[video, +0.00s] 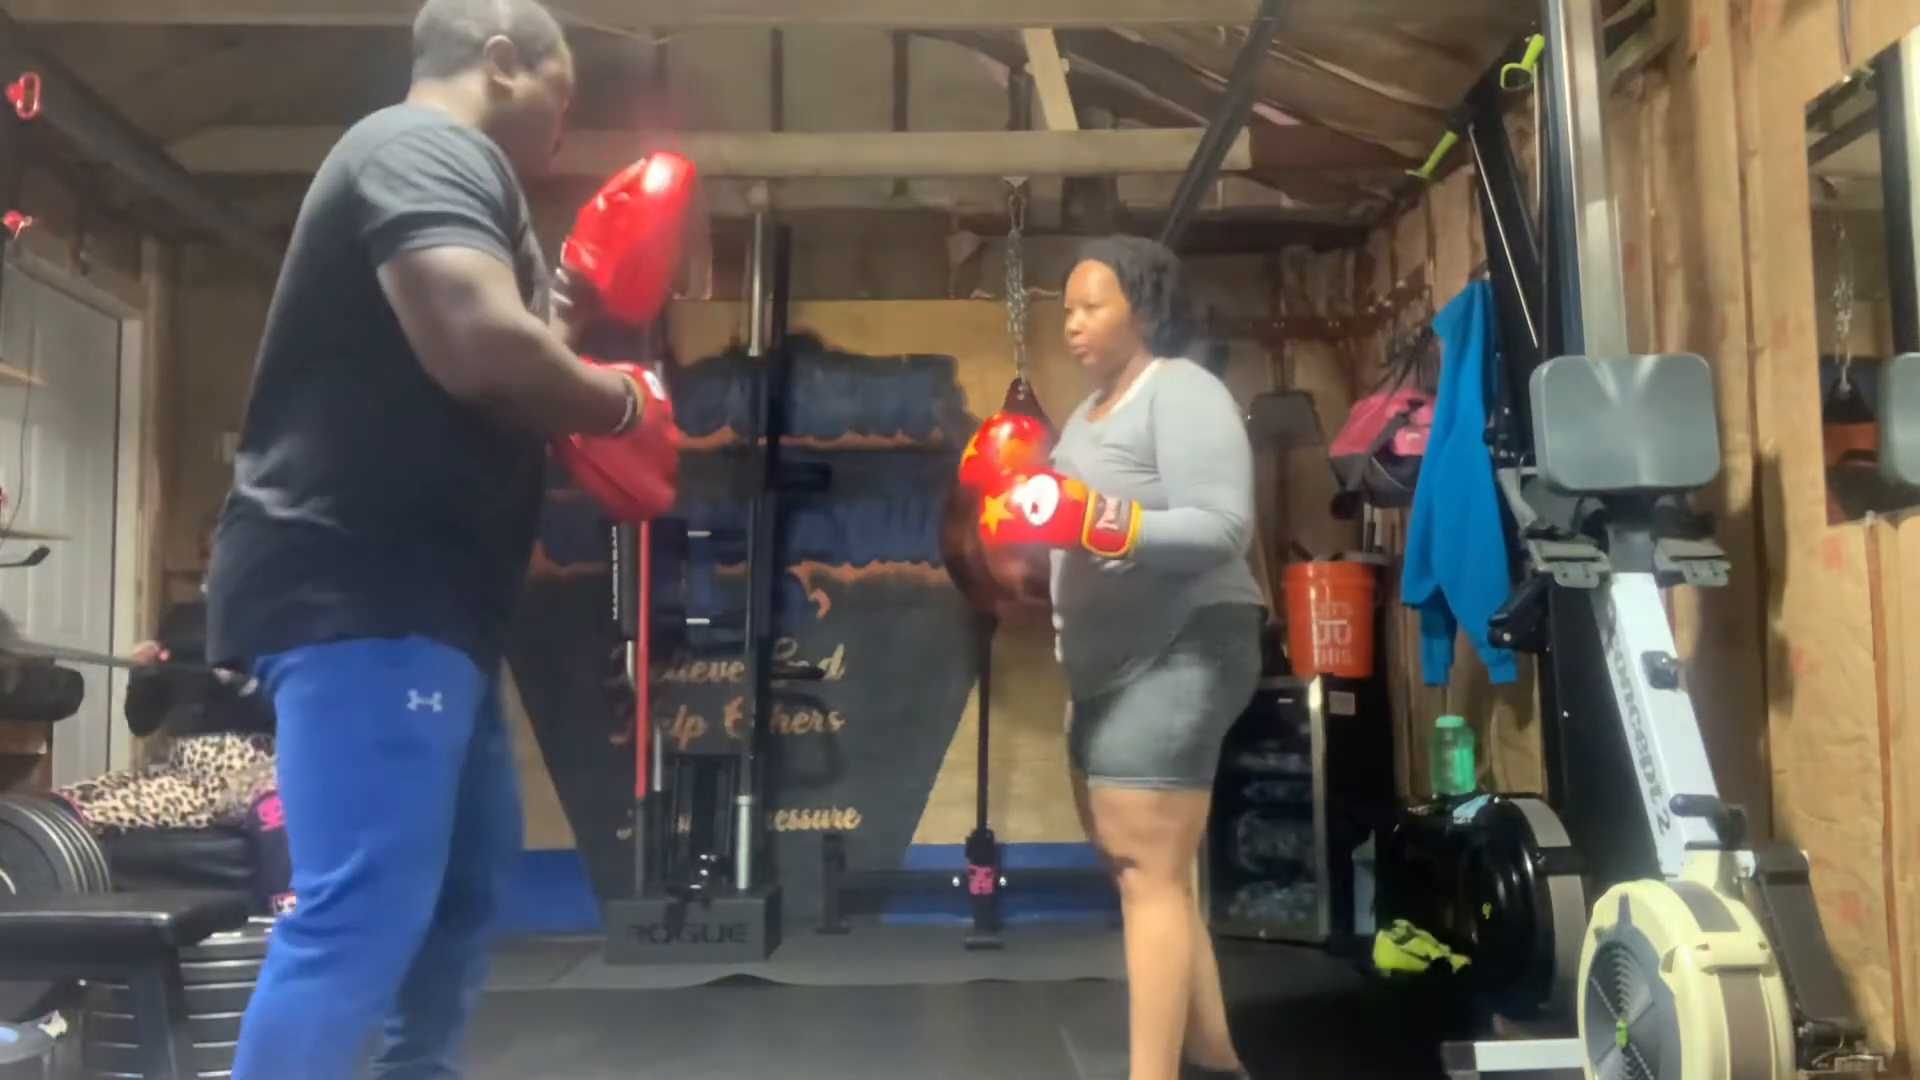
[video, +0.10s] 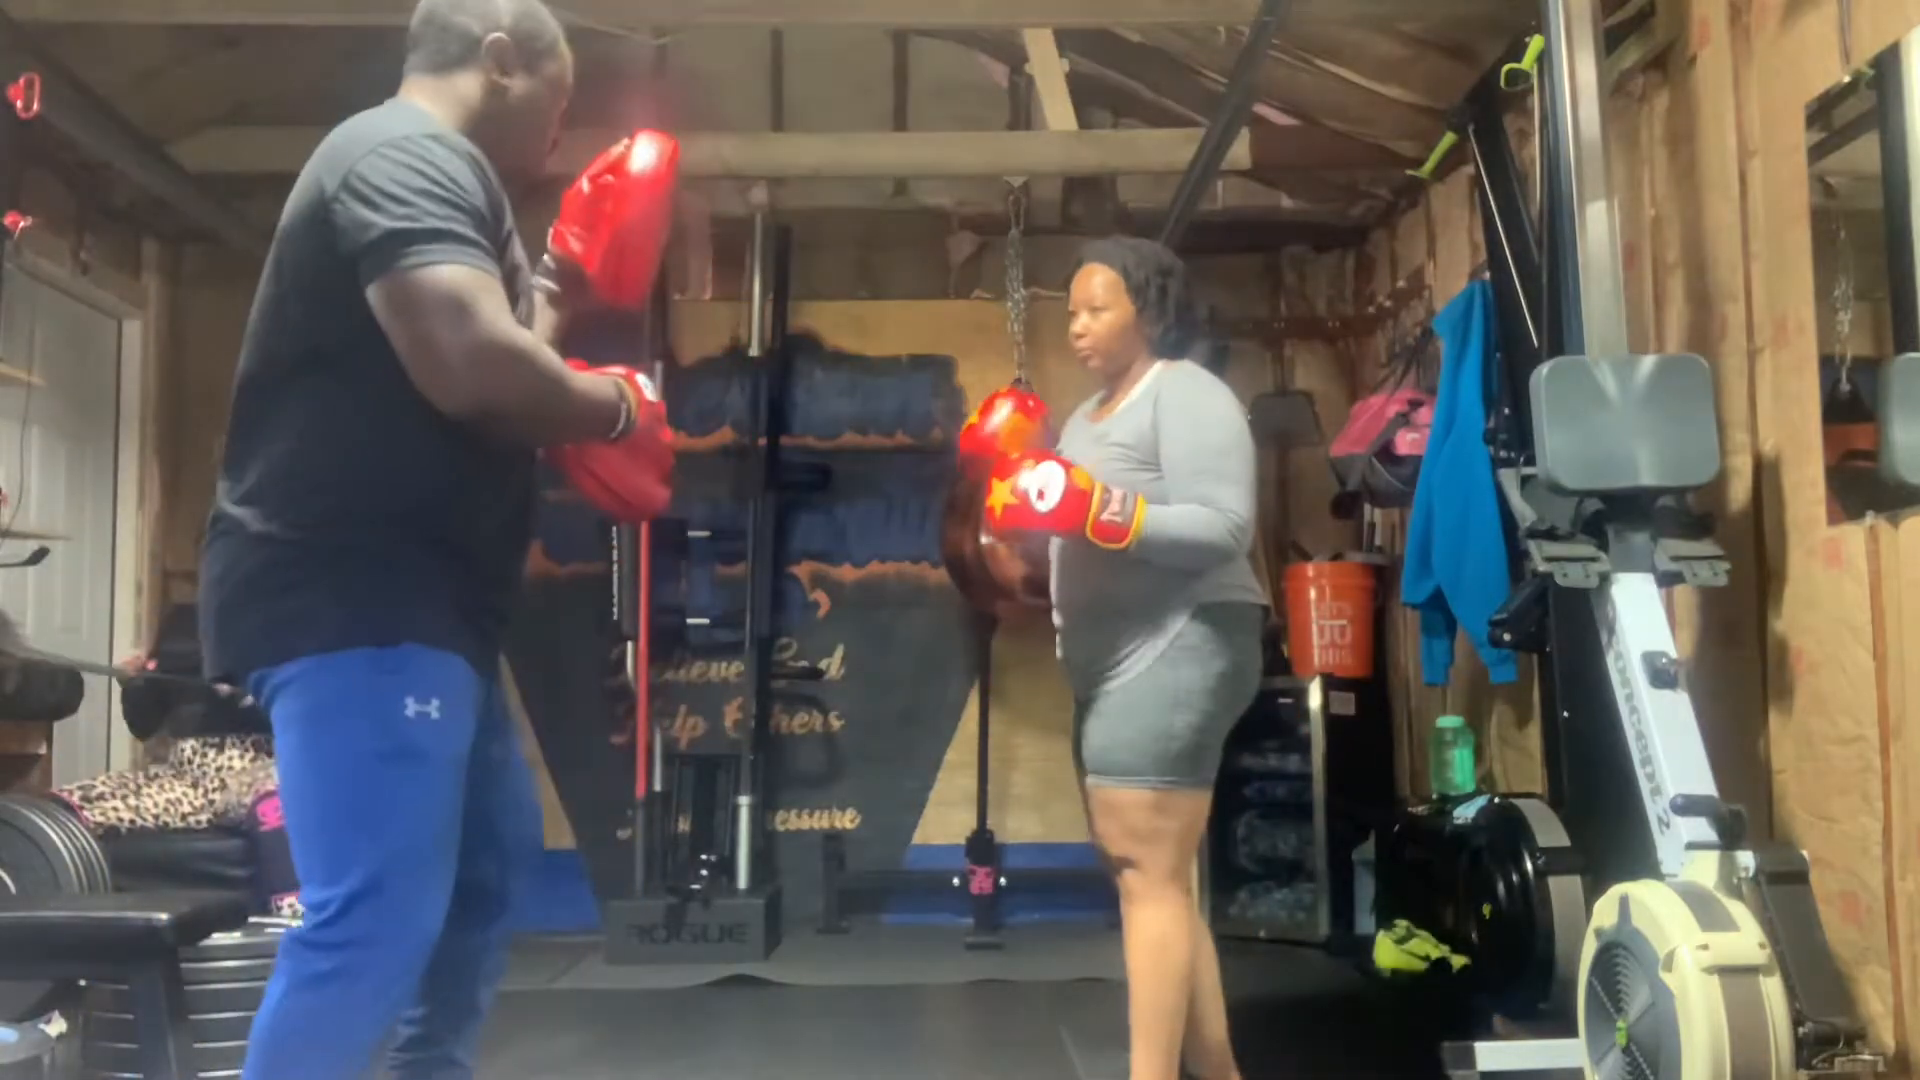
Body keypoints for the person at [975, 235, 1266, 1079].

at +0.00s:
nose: (1071, 325)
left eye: (1089, 307)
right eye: (1069, 309)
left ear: (1141, 311)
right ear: (1080, 318)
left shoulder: (1187, 392)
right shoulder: (1083, 418)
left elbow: (1221, 527)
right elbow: (1080, 527)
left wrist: (1095, 516)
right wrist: (1019, 484)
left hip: (1186, 641)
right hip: (1106, 653)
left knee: (1149, 867)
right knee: (1141, 865)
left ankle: (1152, 1072)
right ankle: (1215, 1058)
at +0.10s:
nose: (1075, 328)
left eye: (1093, 310)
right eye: (1073, 312)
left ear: (1147, 313)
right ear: (1081, 321)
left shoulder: (1191, 393)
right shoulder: (1081, 421)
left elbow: (1223, 527)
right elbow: (1054, 551)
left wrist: (1097, 508)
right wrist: (1010, 484)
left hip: (1185, 635)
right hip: (1109, 645)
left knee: (1144, 865)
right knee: (1154, 872)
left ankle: (1153, 1073)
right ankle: (1214, 1068)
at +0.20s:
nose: (1080, 333)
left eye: (1099, 315)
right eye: (1076, 317)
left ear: (1153, 318)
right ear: (1078, 324)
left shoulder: (1195, 394)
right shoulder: (1081, 423)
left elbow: (1217, 519)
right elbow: (1030, 545)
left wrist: (1101, 479)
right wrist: (1006, 456)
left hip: (1186, 633)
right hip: (1124, 643)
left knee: (1136, 873)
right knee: (1170, 881)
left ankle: (1151, 1073)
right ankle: (1217, 1071)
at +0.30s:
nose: (1082, 335)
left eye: (1100, 317)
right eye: (1077, 320)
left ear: (1153, 320)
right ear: (1079, 328)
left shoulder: (1195, 390)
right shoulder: (1085, 418)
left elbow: (1213, 502)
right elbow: (1035, 544)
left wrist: (1111, 462)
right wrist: (1007, 455)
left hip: (1195, 628)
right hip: (1132, 642)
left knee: (1106, 850)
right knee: (1179, 882)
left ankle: (1146, 1070)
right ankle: (1219, 1070)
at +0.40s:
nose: (1084, 339)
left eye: (1103, 321)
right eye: (1077, 324)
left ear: (1154, 323)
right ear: (1073, 331)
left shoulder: (1193, 387)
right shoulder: (1079, 420)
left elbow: (1207, 495)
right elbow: (1032, 542)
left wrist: (1100, 450)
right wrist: (1009, 446)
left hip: (1196, 624)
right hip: (1127, 642)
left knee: (1083, 834)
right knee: (1176, 884)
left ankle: (1141, 1067)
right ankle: (1219, 1071)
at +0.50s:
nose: (1080, 346)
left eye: (1098, 328)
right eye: (1076, 331)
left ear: (1151, 329)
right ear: (1076, 340)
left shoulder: (1193, 394)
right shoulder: (1085, 428)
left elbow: (1204, 502)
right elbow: (1032, 548)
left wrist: (1097, 470)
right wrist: (1014, 453)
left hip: (1186, 629)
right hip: (1119, 646)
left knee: (1078, 836)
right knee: (1160, 888)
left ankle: (1108, 1073)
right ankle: (1217, 1072)